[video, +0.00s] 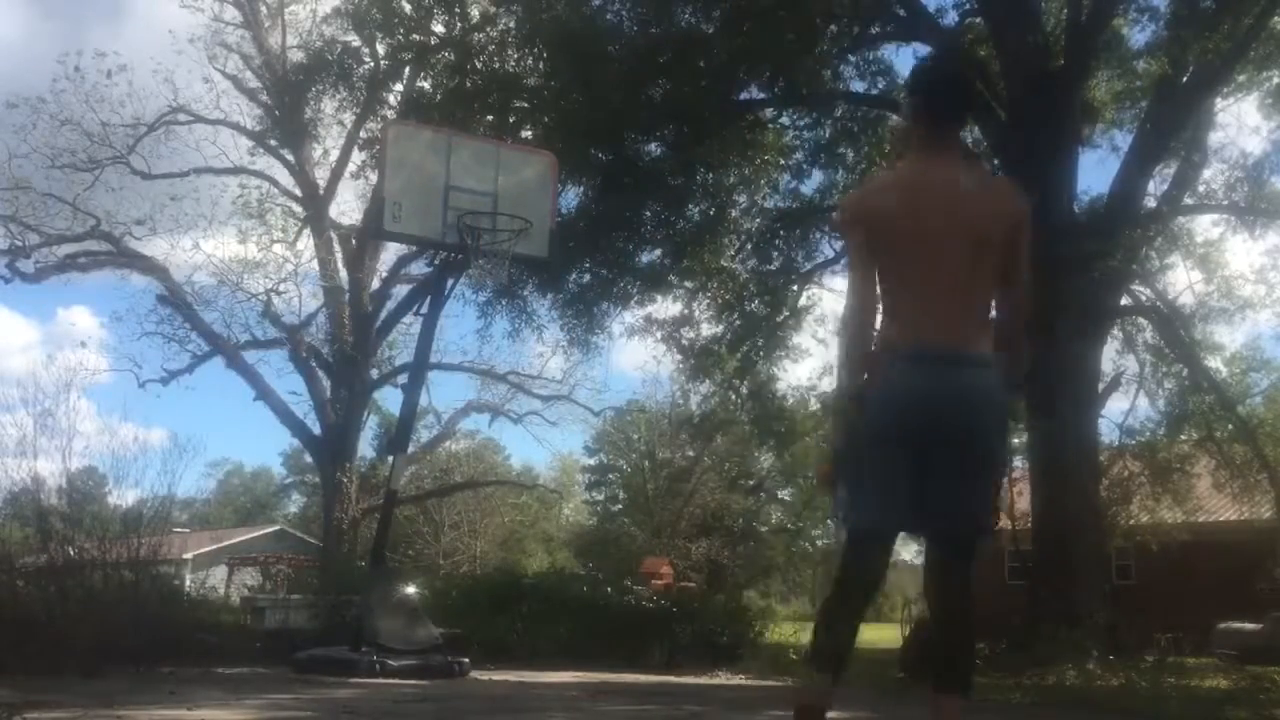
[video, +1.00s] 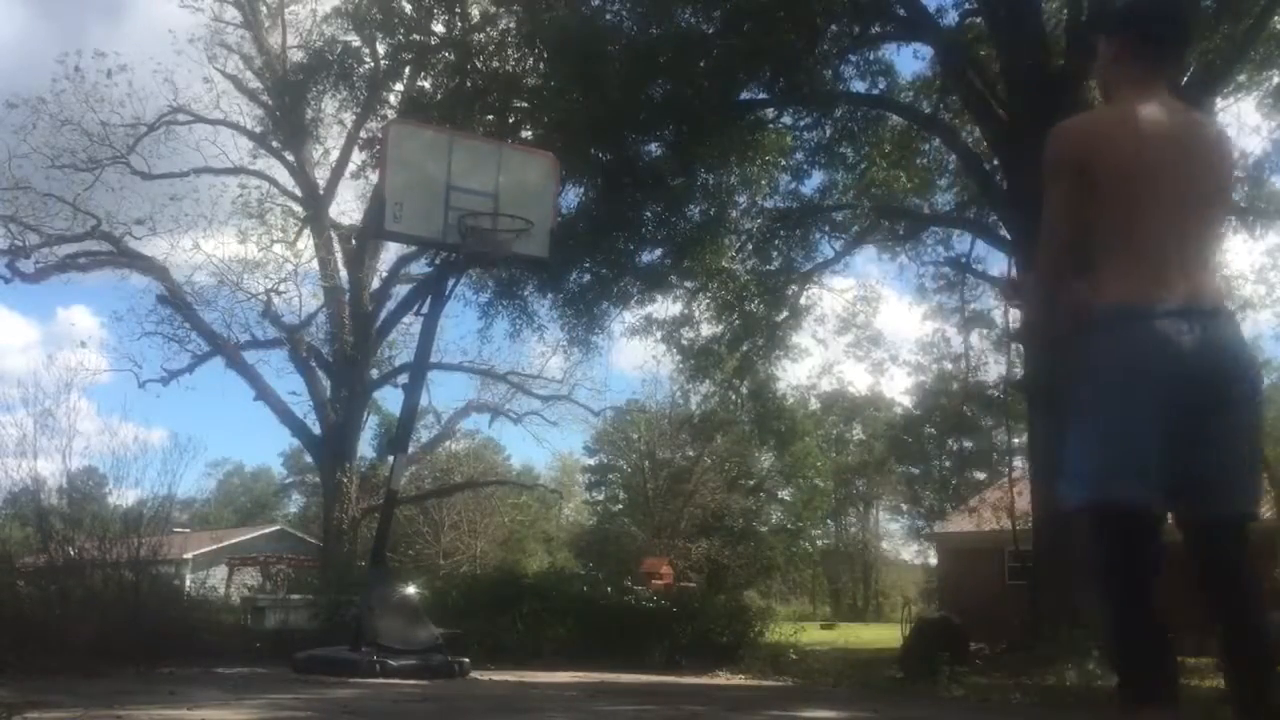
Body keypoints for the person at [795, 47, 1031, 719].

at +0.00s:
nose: (906, 121)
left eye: (907, 111)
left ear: (911, 115)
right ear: (970, 119)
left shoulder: (872, 197)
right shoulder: (1005, 199)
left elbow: (860, 315)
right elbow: (1014, 310)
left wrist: (845, 408)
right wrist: (998, 388)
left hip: (894, 385)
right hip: (976, 389)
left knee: (863, 555)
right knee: (953, 563)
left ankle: (812, 699)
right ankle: (949, 704)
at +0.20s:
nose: (926, 101)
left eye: (930, 92)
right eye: (935, 92)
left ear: (940, 100)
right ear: (998, 104)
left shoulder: (907, 169)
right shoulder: (1032, 187)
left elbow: (912, 221)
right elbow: (1091, 264)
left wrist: (917, 313)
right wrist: (1114, 350)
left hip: (942, 375)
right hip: (1020, 373)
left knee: (928, 525)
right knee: (988, 528)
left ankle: (977, 661)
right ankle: (970, 661)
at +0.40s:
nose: (950, 108)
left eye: (955, 97)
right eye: (951, 98)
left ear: (972, 99)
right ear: (1023, 103)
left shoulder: (959, 157)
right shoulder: (1062, 175)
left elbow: (961, 210)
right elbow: (1118, 258)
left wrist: (952, 303)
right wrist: (1154, 366)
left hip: (1002, 370)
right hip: (1069, 372)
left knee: (1026, 548)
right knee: (1040, 547)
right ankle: (990, 696)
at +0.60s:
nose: (996, 74)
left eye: (999, 63)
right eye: (997, 63)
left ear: (1019, 66)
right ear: (1077, 68)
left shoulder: (1005, 147)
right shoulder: (1116, 156)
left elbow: (995, 277)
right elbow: (1116, 262)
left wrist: (970, 399)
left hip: (1060, 344)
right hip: (1133, 343)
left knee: (1091, 526)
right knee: (1078, 521)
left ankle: (1134, 697)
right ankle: (1055, 687)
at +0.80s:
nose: (1055, 58)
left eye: (1059, 46)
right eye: (1061, 46)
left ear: (1070, 48)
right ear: (1133, 55)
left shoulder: (1046, 132)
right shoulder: (1165, 140)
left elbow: (1033, 252)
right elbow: (1153, 248)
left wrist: (1009, 326)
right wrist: (1054, 308)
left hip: (1091, 338)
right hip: (1172, 337)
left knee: (1110, 537)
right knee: (1173, 537)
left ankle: (1145, 700)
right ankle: (1173, 697)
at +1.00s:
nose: (1094, 63)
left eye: (1097, 50)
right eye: (1097, 52)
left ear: (1116, 51)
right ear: (1177, 55)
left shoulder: (1077, 137)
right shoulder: (1215, 141)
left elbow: (1053, 261)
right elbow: (1198, 238)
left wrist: (1044, 331)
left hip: (1122, 347)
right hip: (1215, 341)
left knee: (1124, 547)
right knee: (1226, 544)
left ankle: (1149, 700)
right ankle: (1256, 702)